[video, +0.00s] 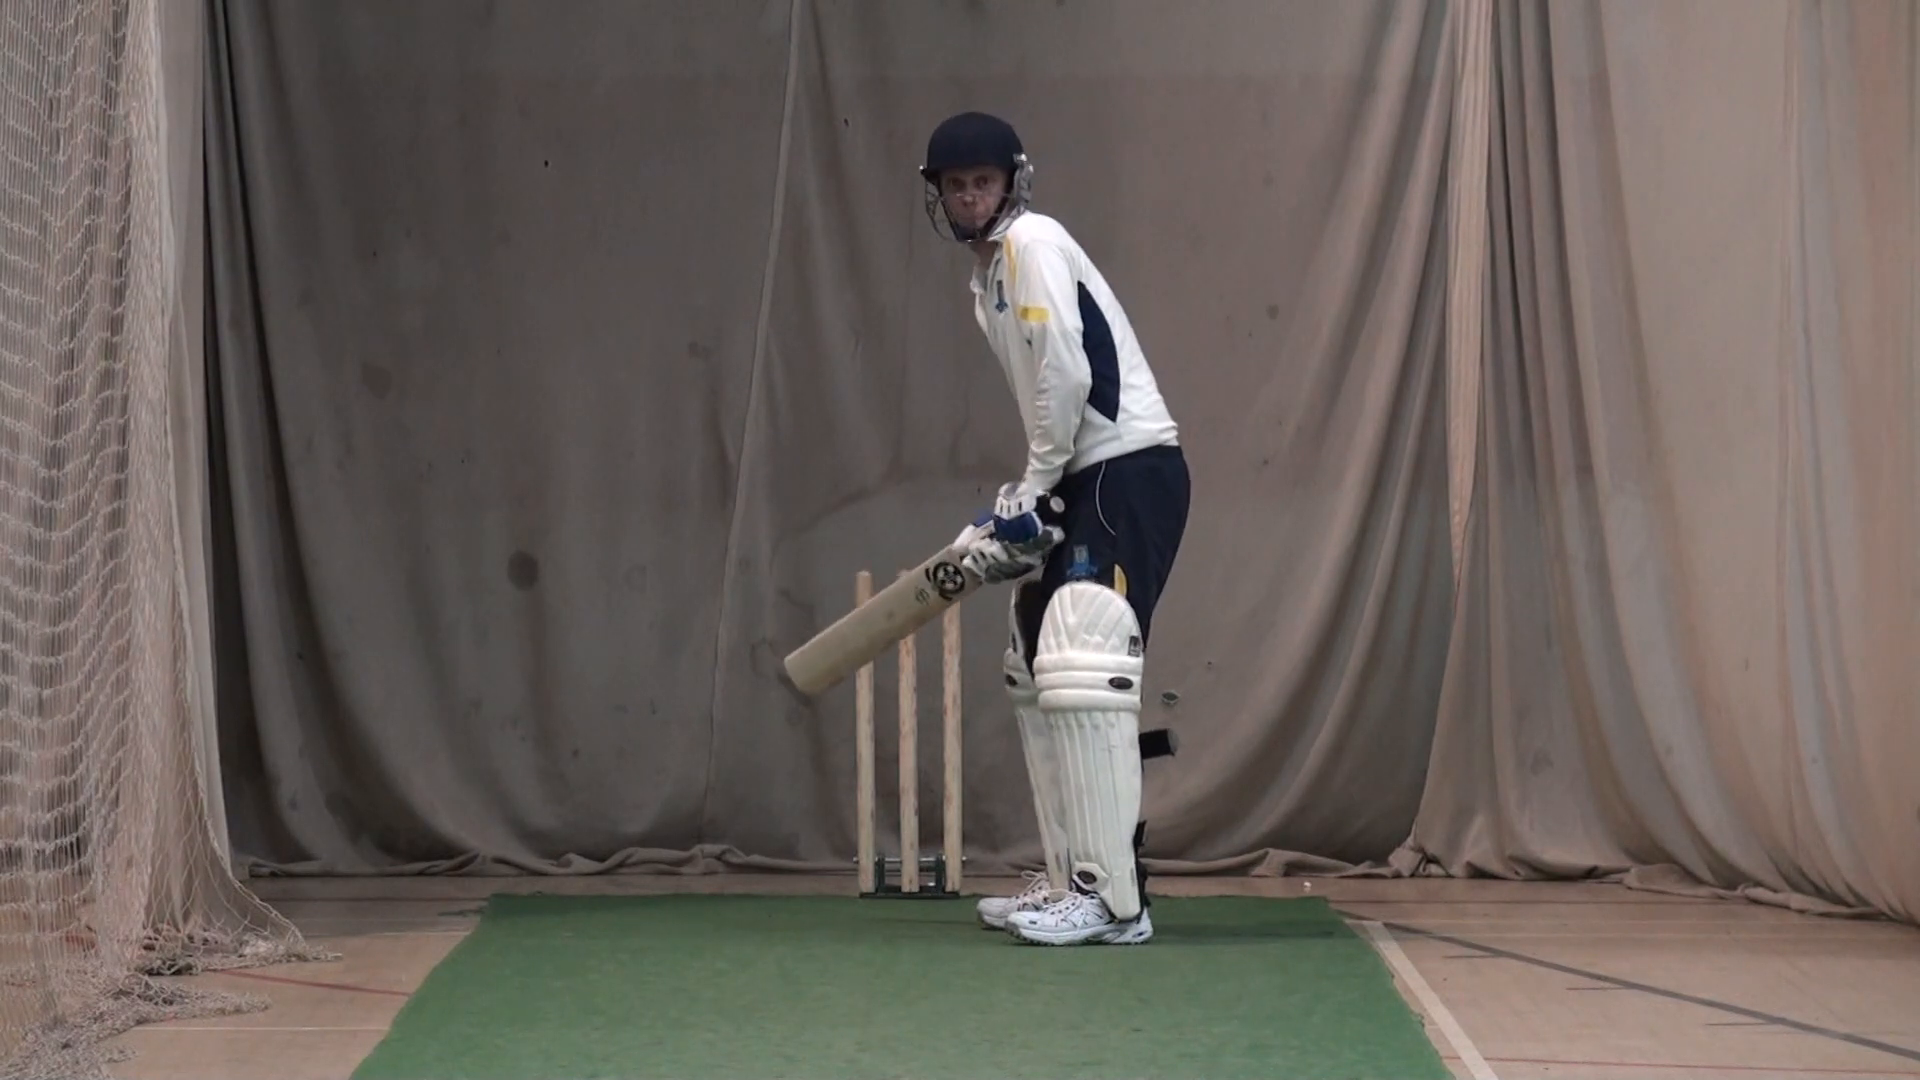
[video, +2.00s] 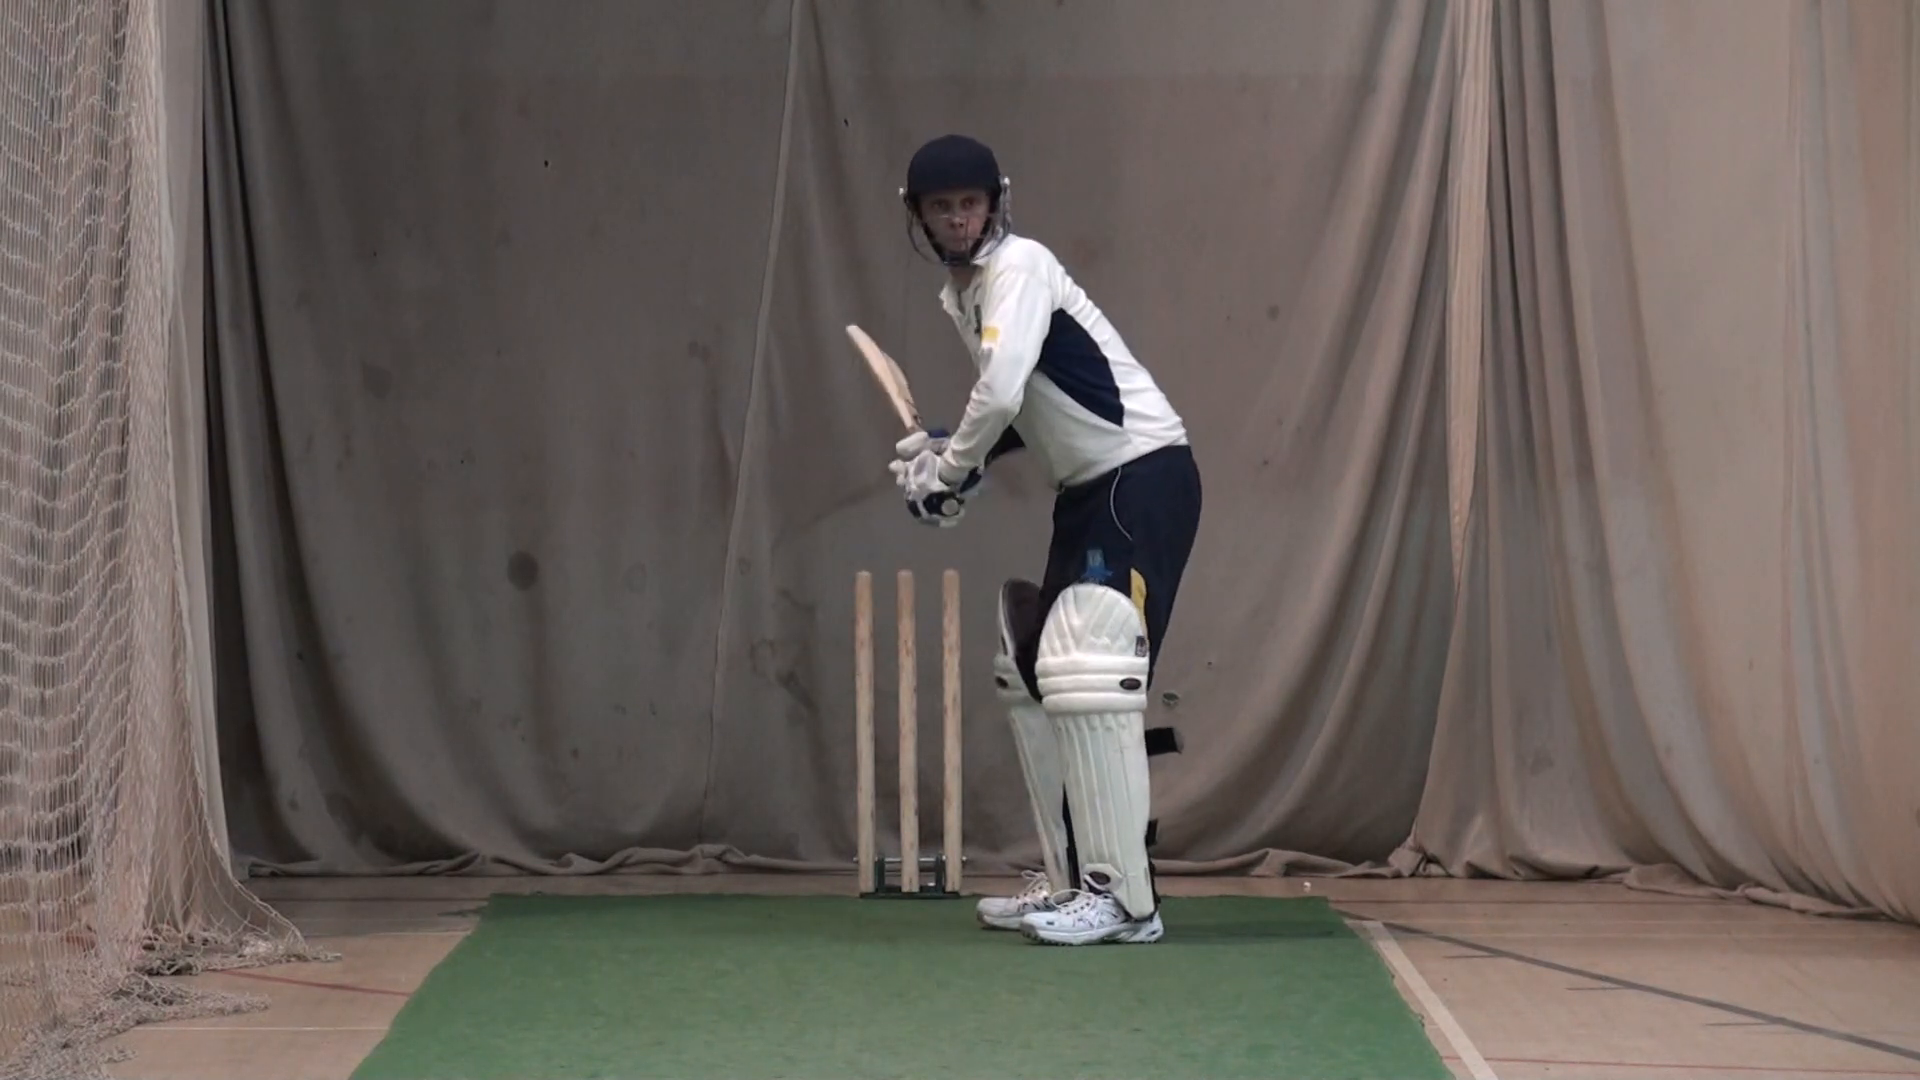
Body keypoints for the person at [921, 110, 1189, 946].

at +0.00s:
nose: (967, 198)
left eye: (982, 182)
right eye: (952, 186)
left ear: (1013, 183)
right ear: (936, 195)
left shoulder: (1030, 243)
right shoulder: (992, 277)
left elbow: (1065, 377)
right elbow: (1043, 408)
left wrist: (1034, 488)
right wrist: (1011, 517)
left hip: (1126, 470)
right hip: (1080, 480)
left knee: (1082, 672)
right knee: (1037, 672)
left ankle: (1112, 898)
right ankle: (1076, 881)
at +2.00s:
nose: (957, 222)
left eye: (971, 205)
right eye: (940, 209)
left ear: (997, 206)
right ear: (920, 217)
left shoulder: (1020, 266)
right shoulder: (962, 293)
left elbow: (1000, 391)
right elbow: (1018, 404)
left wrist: (950, 469)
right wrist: (952, 454)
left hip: (1141, 474)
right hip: (1083, 490)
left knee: (1094, 677)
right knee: (1037, 676)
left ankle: (1123, 898)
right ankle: (1076, 883)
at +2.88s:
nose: (915, 316)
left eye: (927, 296)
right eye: (897, 303)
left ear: (950, 288)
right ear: (876, 307)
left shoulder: (986, 346)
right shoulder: (906, 371)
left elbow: (984, 471)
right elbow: (945, 450)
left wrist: (917, 525)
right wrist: (917, 467)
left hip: (1096, 535)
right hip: (1024, 555)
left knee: (1035, 696)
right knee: (978, 732)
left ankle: (997, 903)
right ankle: (1089, 892)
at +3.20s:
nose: (885, 339)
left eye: (895, 320)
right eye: (865, 329)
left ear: (913, 305)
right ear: (841, 331)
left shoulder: (956, 309)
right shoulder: (858, 427)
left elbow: (1006, 350)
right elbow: (932, 495)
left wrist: (1002, 428)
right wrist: (998, 530)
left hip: (1065, 506)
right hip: (973, 540)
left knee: (1053, 674)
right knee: (989, 700)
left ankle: (1002, 900)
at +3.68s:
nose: (899, 376)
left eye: (906, 358)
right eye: (878, 367)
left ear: (917, 341)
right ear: (840, 367)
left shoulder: (951, 336)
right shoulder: (834, 450)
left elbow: (1075, 299)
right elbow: (940, 532)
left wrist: (1106, 381)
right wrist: (1047, 492)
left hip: (1009, 539)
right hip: (916, 568)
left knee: (1009, 702)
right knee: (906, 748)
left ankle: (959, 897)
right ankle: (906, 862)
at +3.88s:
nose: (890, 390)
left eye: (903, 370)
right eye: (871, 378)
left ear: (923, 354)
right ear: (841, 371)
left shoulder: (972, 361)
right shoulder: (827, 445)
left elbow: (1099, 397)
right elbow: (916, 554)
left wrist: (1133, 501)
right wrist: (1039, 549)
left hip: (990, 564)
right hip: (899, 582)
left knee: (983, 719)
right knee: (885, 743)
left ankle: (942, 907)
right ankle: (897, 858)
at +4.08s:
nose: (906, 328)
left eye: (916, 309)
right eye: (886, 315)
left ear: (934, 294)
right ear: (852, 310)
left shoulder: (980, 325)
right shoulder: (828, 389)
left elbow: (1094, 381)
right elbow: (867, 528)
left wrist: (1118, 506)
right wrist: (980, 564)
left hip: (992, 523)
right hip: (893, 533)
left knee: (972, 713)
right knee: (854, 726)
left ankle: (946, 905)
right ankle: (880, 849)